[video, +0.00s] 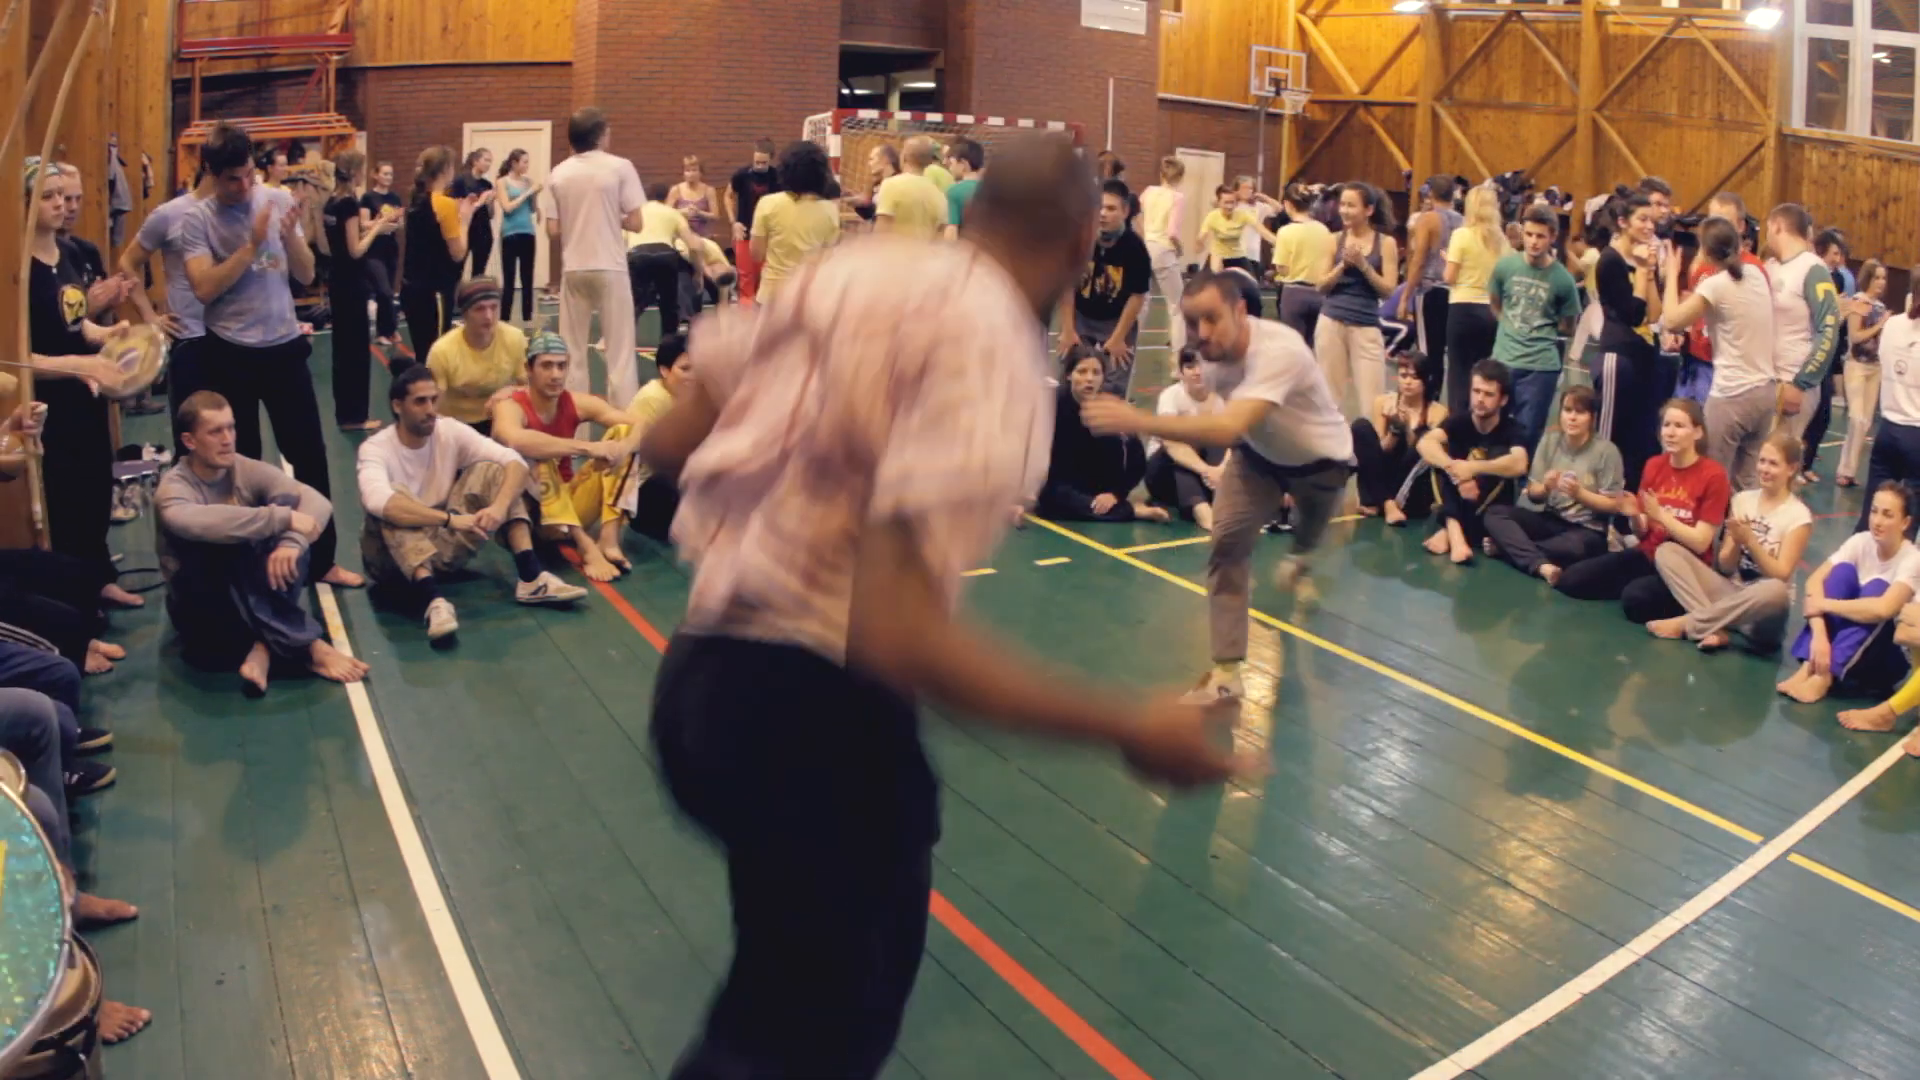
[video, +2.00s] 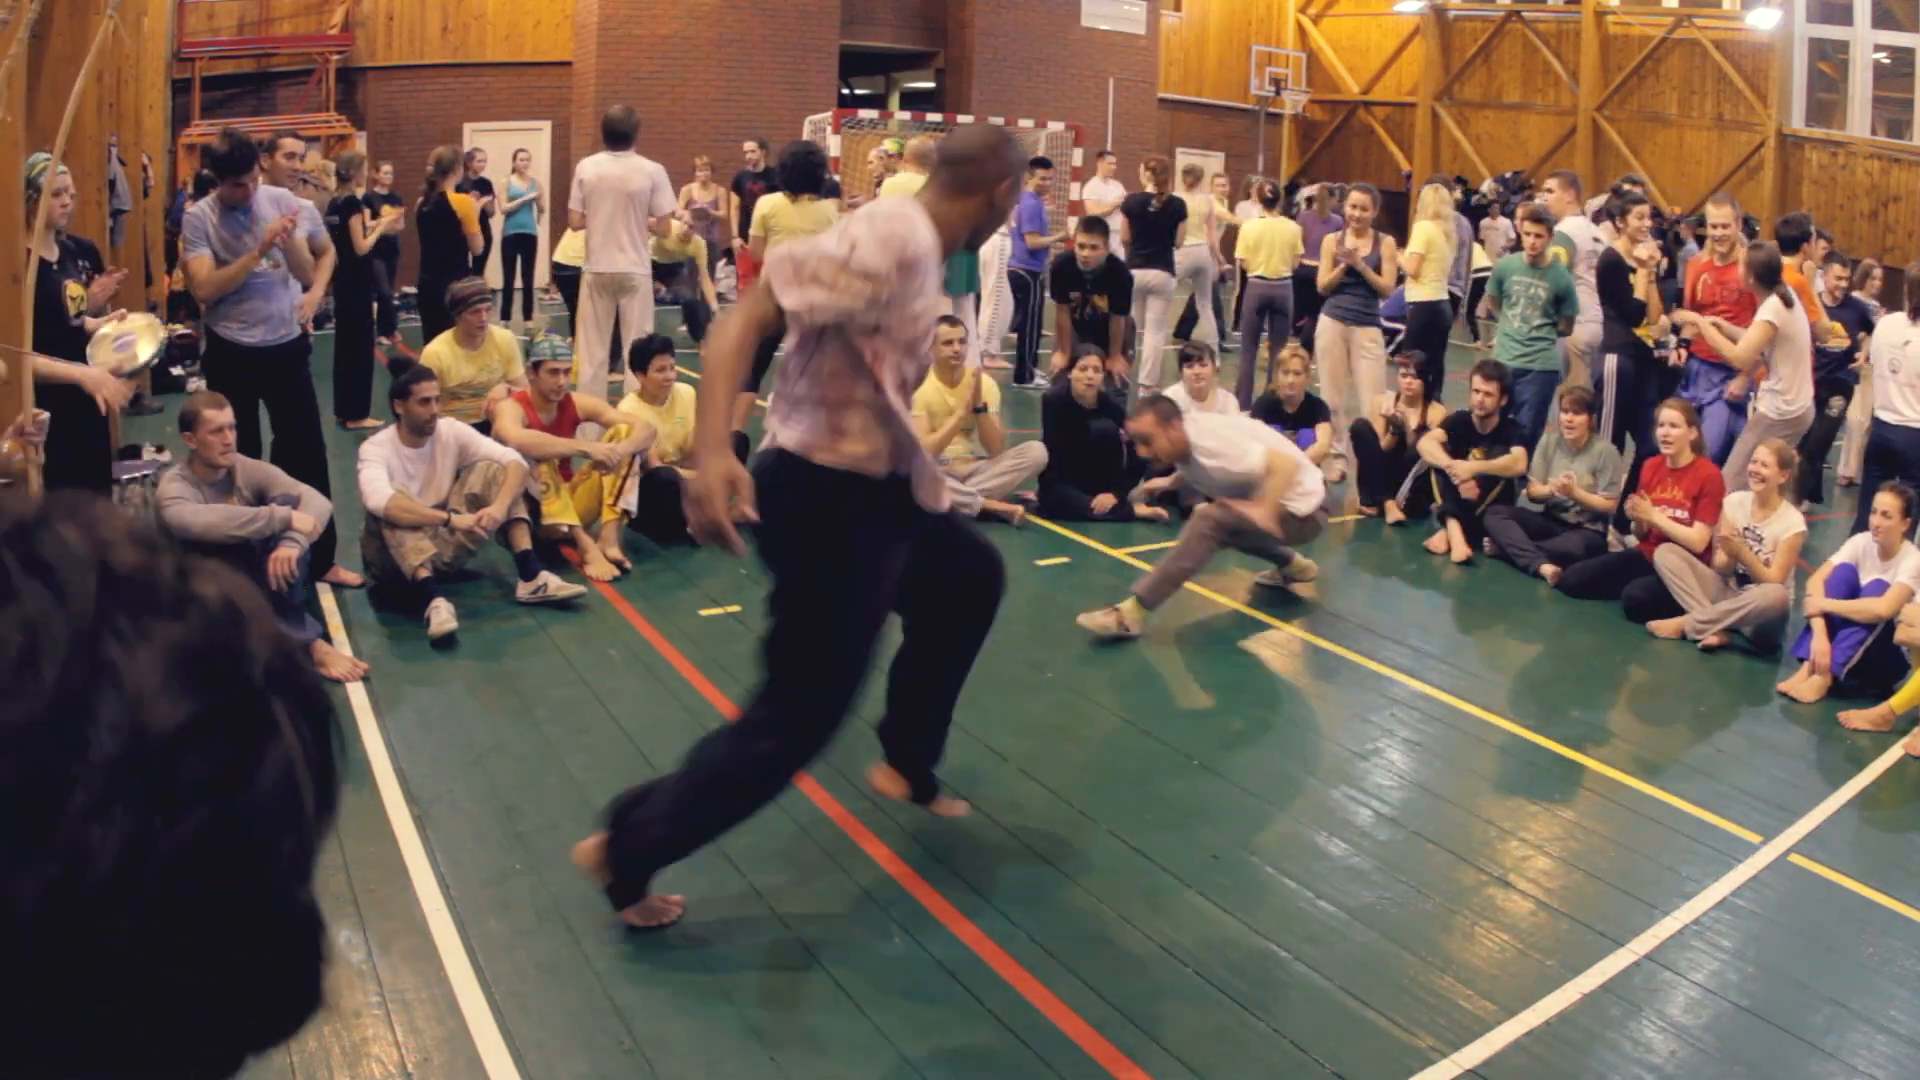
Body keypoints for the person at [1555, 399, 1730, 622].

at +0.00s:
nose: (1670, 432)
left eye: (1679, 426)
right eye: (1666, 425)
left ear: (1698, 432)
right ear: (1659, 429)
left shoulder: (1714, 475)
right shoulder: (1654, 465)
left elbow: (1701, 542)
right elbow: (1642, 531)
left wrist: (1660, 515)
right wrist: (1634, 514)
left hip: (1685, 565)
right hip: (1647, 555)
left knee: (1635, 601)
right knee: (1569, 581)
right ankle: (1636, 582)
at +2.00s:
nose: (1664, 433)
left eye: (1674, 426)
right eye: (1661, 425)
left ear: (1693, 433)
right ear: (1654, 430)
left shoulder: (1709, 475)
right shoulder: (1650, 466)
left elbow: (1698, 542)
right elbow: (1640, 534)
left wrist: (1652, 516)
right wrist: (1638, 517)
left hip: (1683, 565)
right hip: (1647, 555)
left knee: (1635, 600)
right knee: (1570, 581)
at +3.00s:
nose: (1666, 433)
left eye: (1675, 426)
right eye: (1661, 426)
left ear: (1694, 431)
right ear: (1656, 430)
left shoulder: (1710, 475)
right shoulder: (1652, 466)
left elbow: (1699, 544)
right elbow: (1637, 530)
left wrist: (1654, 517)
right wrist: (1645, 517)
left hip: (1682, 565)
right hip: (1645, 555)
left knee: (1635, 600)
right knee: (1572, 580)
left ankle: (1692, 603)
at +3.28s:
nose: (1664, 433)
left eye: (1673, 426)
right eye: (1659, 426)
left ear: (1689, 431)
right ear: (1653, 431)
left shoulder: (1708, 474)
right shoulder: (1648, 467)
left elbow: (1698, 538)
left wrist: (1652, 517)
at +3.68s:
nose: (1665, 434)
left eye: (1674, 426)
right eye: (1660, 426)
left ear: (1690, 431)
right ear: (1653, 431)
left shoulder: (1709, 474)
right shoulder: (1647, 468)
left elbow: (1699, 541)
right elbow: (1631, 519)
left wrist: (1654, 521)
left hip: (1693, 564)